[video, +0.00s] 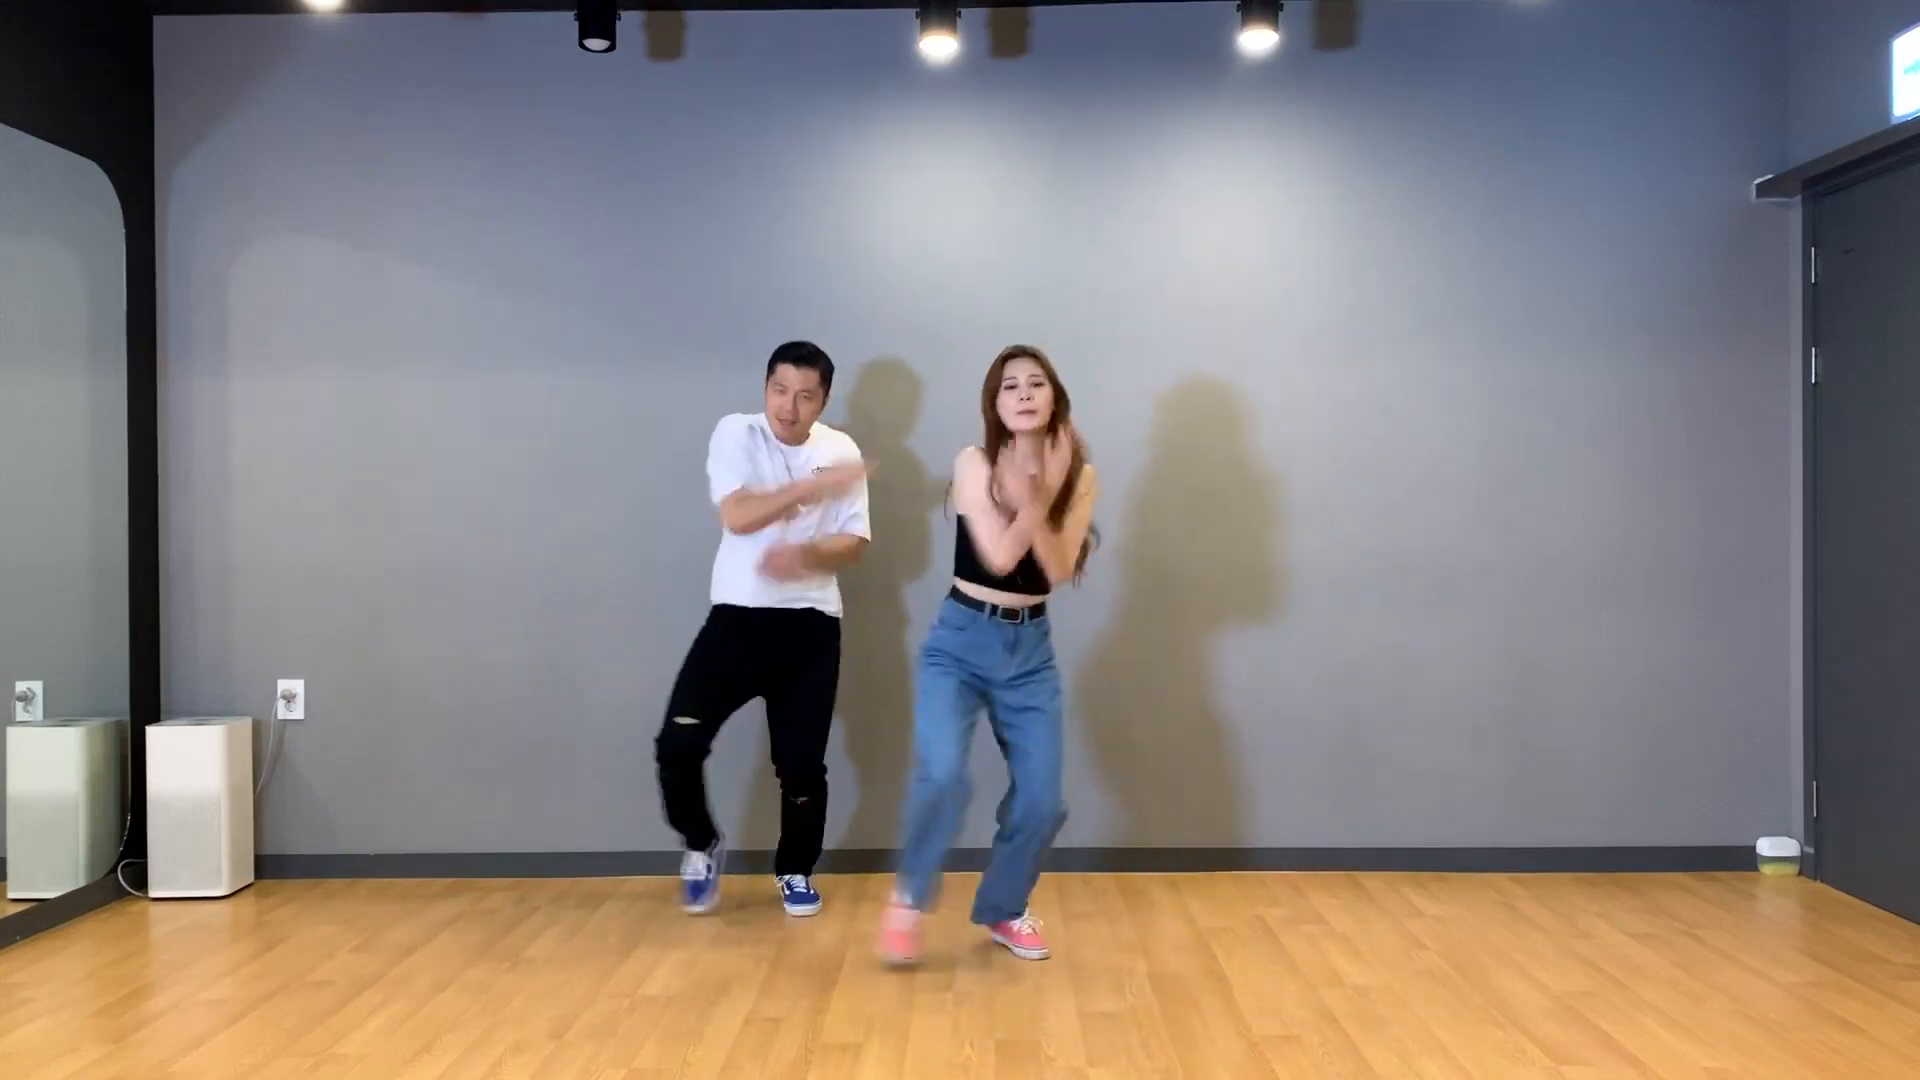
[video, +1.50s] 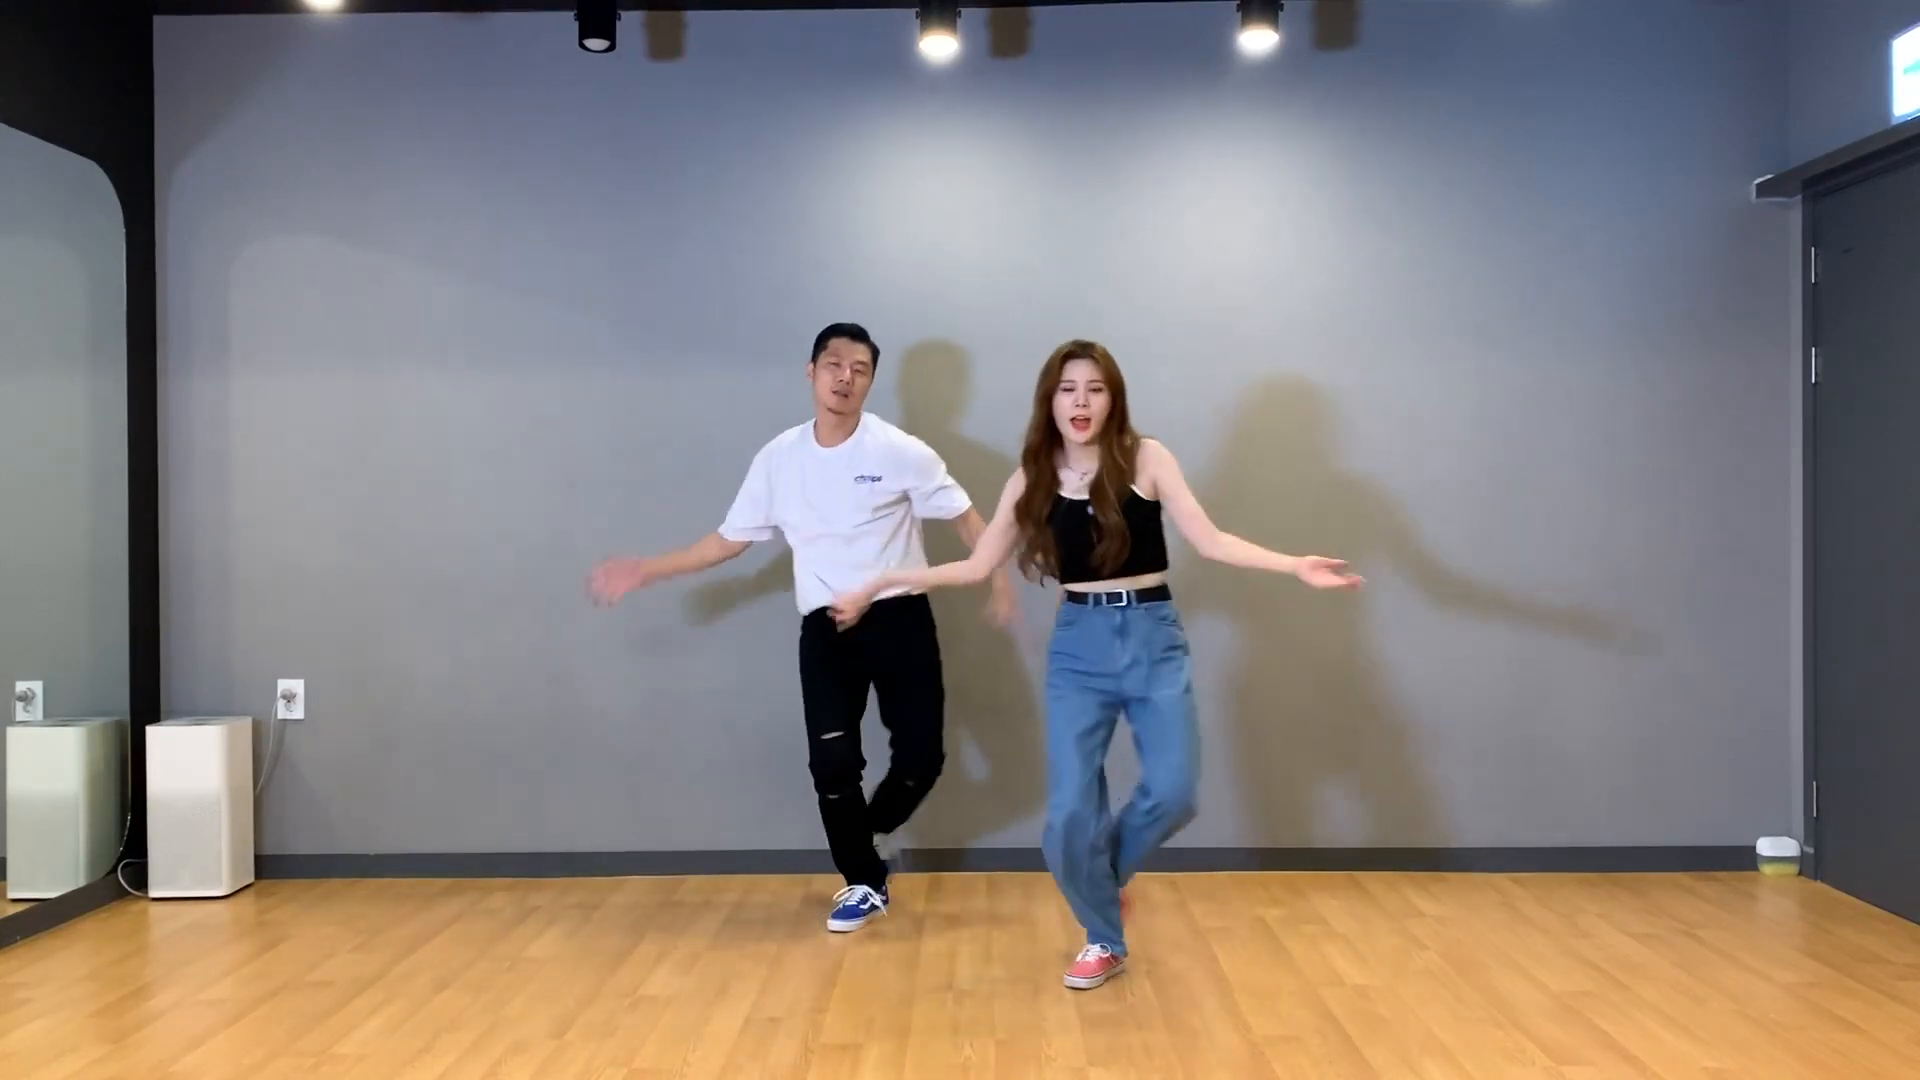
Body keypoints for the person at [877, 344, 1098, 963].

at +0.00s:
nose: (1022, 395)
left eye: (1034, 385)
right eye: (1010, 387)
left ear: (1055, 397)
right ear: (993, 401)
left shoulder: (1076, 475)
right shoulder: (975, 464)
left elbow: (1061, 570)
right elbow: (998, 556)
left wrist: (1035, 501)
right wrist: (1046, 490)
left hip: (1029, 646)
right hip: (959, 639)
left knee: (1043, 801)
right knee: (942, 774)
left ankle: (1002, 910)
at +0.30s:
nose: (962, 386)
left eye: (973, 375)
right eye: (949, 377)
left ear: (992, 388)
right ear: (930, 391)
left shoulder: (1018, 447)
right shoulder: (907, 440)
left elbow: (1098, 436)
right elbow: (819, 415)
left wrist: (1162, 420)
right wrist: (736, 387)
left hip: (983, 643)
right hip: (912, 634)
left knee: (1009, 798)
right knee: (841, 778)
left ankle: (1006, 916)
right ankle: (771, 907)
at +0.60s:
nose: (923, 383)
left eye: (936, 374)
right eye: (912, 374)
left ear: (953, 390)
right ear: (895, 387)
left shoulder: (965, 454)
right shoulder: (878, 447)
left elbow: (977, 398)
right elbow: (820, 399)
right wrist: (839, 335)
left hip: (944, 623)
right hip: (877, 617)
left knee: (963, 793)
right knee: (834, 781)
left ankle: (1043, 905)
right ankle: (792, 916)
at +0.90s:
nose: (952, 404)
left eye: (966, 391)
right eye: (940, 392)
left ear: (986, 401)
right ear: (925, 402)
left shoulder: (1013, 468)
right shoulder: (909, 479)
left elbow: (1047, 547)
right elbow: (857, 569)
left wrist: (1035, 471)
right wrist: (828, 506)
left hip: (991, 636)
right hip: (919, 629)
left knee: (991, 806)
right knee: (861, 784)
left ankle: (1027, 915)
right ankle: (793, 915)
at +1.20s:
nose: (1022, 413)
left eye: (1034, 400)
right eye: (1009, 401)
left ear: (1055, 406)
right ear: (991, 409)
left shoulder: (1085, 471)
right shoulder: (966, 483)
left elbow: (1127, 552)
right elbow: (938, 574)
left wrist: (1159, 610)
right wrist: (912, 647)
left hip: (1073, 644)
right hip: (998, 647)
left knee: (1072, 796)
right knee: (1025, 795)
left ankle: (1030, 918)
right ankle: (1113, 920)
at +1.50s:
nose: (1080, 402)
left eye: (1094, 390)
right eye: (1068, 390)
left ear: (1113, 400)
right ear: (1049, 400)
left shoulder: (1147, 459)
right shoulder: (1030, 480)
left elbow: (1209, 540)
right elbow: (976, 568)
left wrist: (1296, 565)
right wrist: (885, 581)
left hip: (1155, 641)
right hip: (1077, 646)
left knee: (1174, 793)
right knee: (1072, 806)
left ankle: (1106, 865)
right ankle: (1102, 941)